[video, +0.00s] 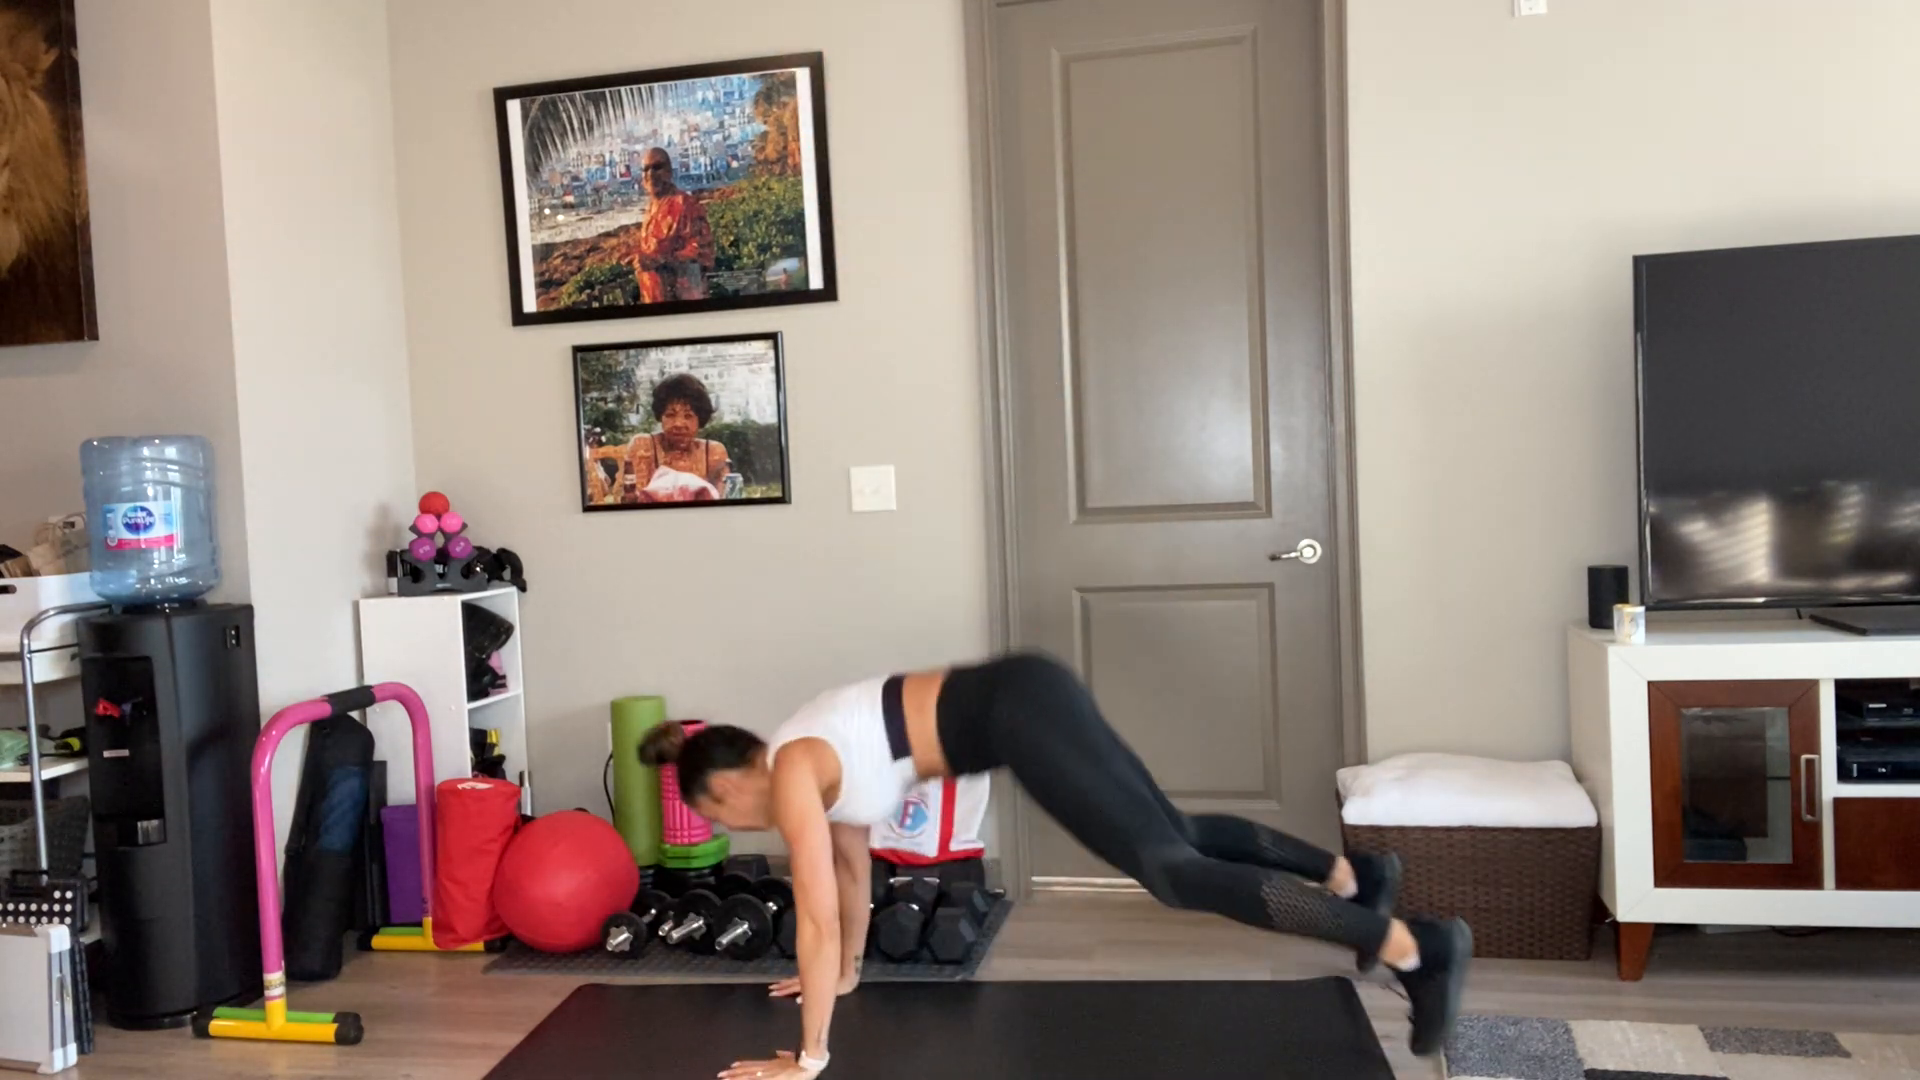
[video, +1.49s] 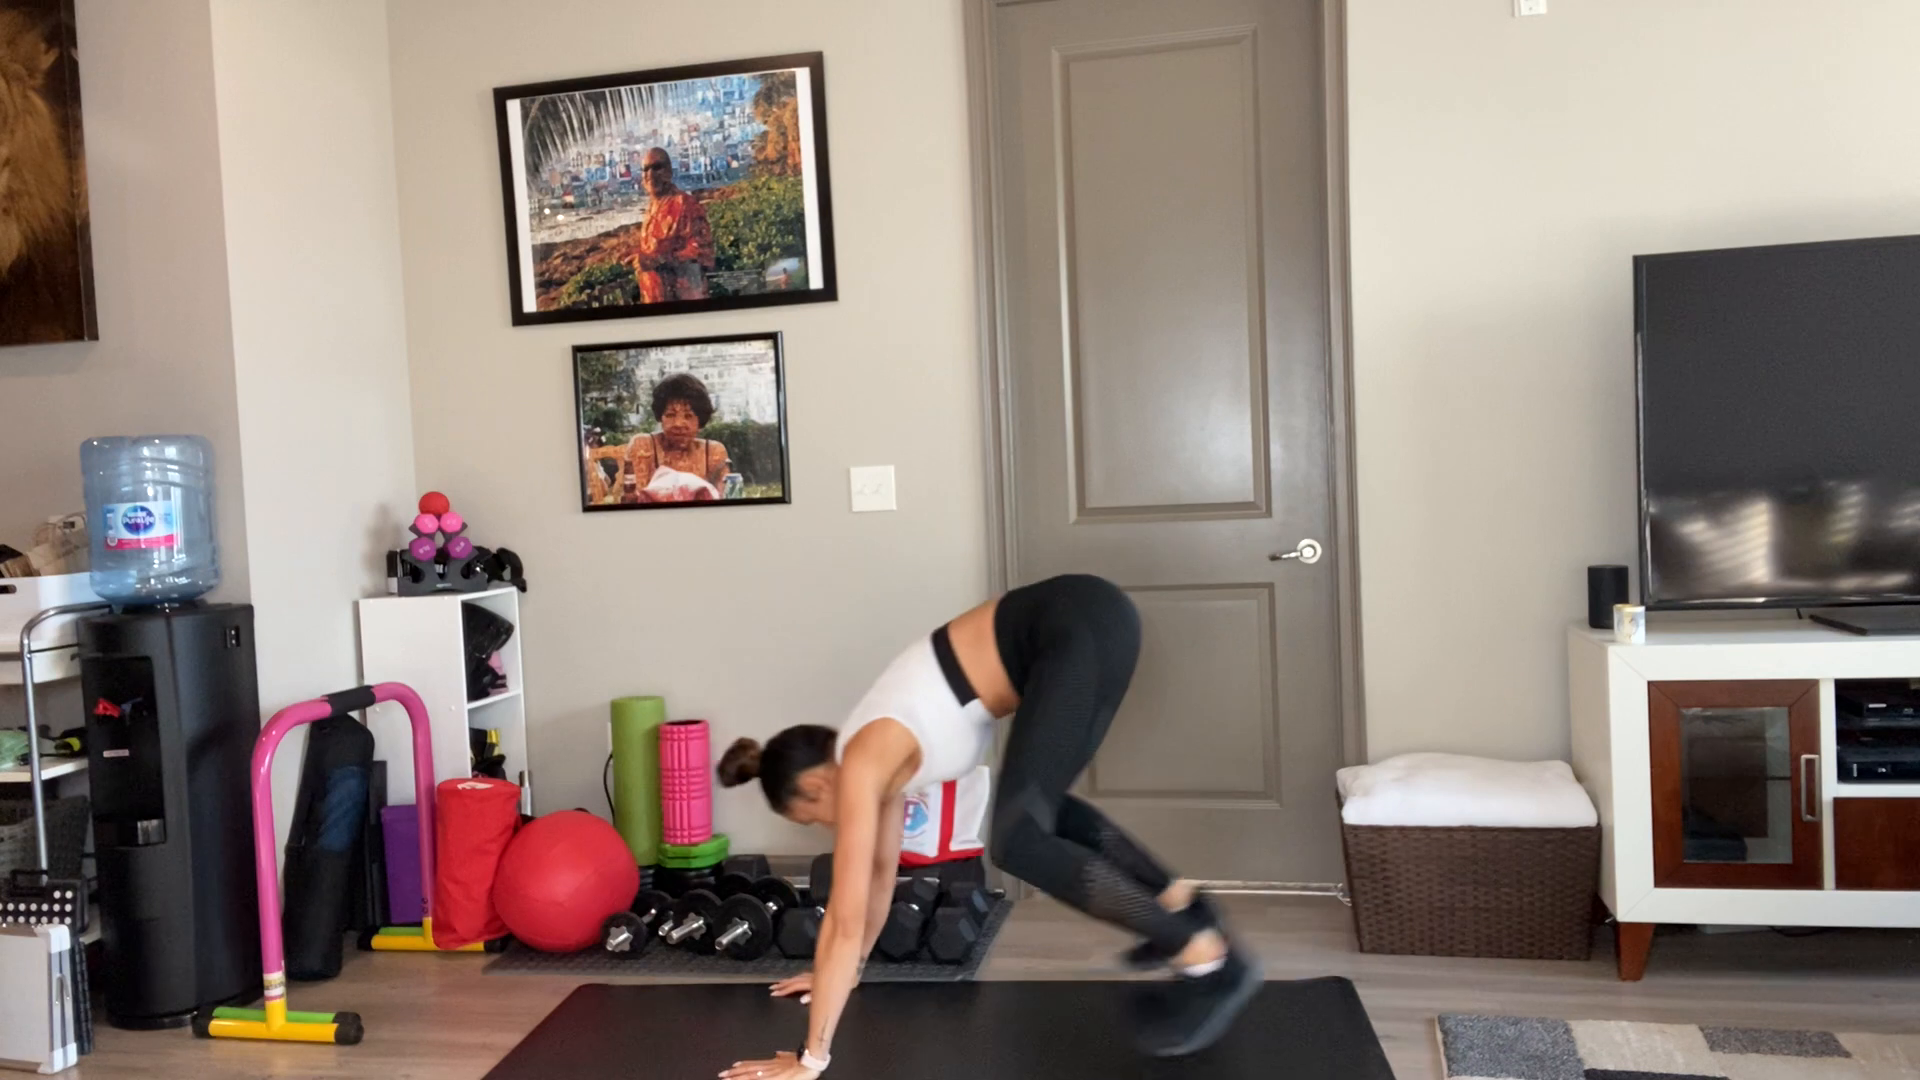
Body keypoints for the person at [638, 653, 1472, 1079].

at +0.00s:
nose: (722, 826)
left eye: (709, 813)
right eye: (707, 817)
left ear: (724, 782)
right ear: (738, 757)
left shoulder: (791, 775)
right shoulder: (819, 752)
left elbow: (821, 916)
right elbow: (851, 881)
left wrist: (812, 1050)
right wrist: (833, 967)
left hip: (1007, 712)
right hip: (1019, 697)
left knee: (1170, 871)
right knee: (1177, 836)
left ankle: (1408, 942)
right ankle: (1346, 877)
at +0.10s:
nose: (698, 809)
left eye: (691, 794)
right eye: (688, 798)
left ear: (710, 767)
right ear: (725, 752)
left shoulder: (780, 790)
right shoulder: (803, 750)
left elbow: (821, 929)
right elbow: (850, 888)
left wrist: (810, 1054)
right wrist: (839, 971)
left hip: (1008, 801)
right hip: (1014, 784)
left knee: (1179, 929)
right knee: (1187, 890)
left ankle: (1425, 971)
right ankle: (1367, 898)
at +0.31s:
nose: (673, 863)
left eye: (669, 848)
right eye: (666, 851)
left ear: (699, 823)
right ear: (713, 808)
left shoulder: (767, 852)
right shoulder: (787, 811)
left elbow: (841, 957)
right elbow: (855, 909)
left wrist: (812, 1053)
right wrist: (830, 960)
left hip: (978, 922)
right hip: (997, 882)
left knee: (1171, 1012)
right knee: (1180, 958)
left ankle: (1402, 980)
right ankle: (1356, 909)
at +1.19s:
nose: (712, 793)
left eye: (703, 779)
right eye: (701, 783)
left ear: (721, 750)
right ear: (739, 729)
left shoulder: (805, 779)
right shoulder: (821, 742)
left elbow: (825, 919)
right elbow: (853, 884)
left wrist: (813, 1052)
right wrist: (836, 969)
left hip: (1020, 830)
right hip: (1031, 810)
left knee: (1171, 991)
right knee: (1181, 949)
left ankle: (1394, 974)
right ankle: (1363, 912)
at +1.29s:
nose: (718, 803)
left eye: (709, 790)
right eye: (707, 794)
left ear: (729, 759)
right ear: (742, 739)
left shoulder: (798, 774)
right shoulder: (817, 748)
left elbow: (805, 913)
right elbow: (851, 876)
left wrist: (811, 1050)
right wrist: (842, 969)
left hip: (1028, 757)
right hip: (1039, 741)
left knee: (1175, 925)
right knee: (1190, 889)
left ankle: (1409, 972)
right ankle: (1373, 909)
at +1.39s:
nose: (756, 819)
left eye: (743, 806)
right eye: (743, 811)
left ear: (757, 774)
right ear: (765, 756)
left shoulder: (816, 767)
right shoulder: (837, 751)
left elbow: (818, 903)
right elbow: (860, 875)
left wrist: (810, 1055)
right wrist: (844, 970)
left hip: (1037, 670)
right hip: (1042, 677)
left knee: (1131, 881)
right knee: (1139, 846)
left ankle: (1355, 936)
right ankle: (1320, 874)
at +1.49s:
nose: (820, 825)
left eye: (810, 815)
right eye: (810, 818)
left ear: (816, 779)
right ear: (823, 761)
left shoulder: (865, 762)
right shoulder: (882, 753)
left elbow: (848, 923)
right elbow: (877, 883)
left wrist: (811, 1055)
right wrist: (835, 968)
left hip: (1079, 627)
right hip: (1080, 621)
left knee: (1016, 839)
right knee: (1039, 804)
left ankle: (1203, 953)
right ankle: (1177, 899)